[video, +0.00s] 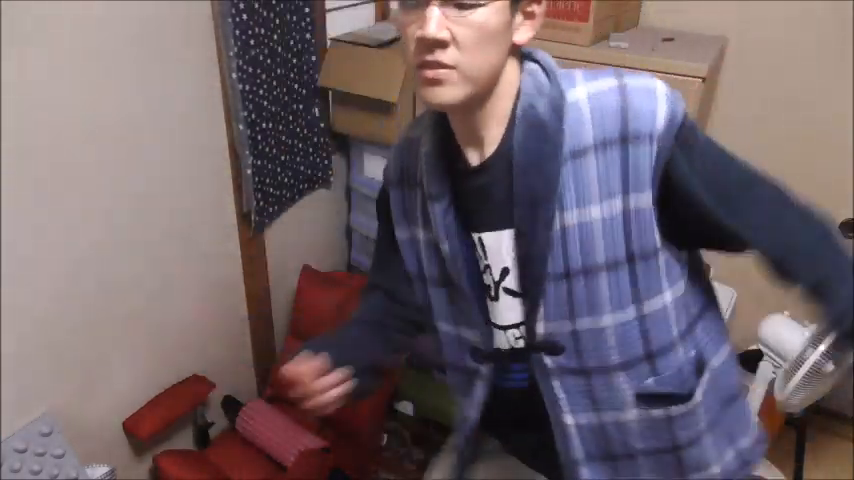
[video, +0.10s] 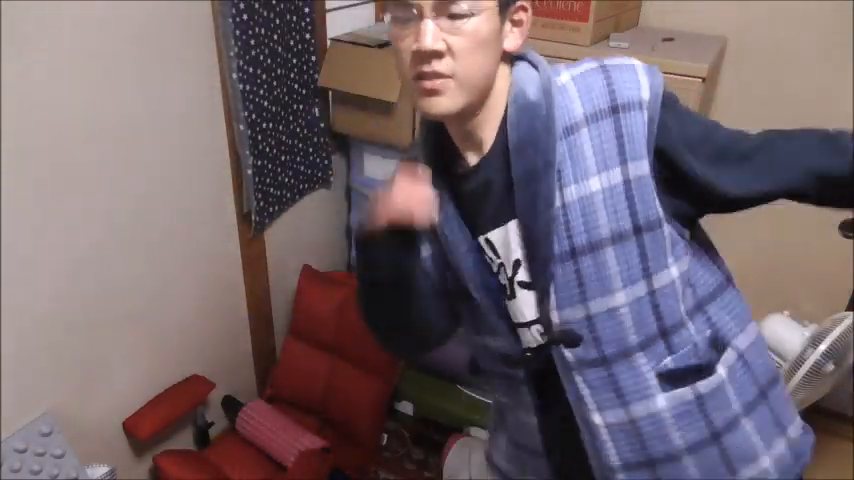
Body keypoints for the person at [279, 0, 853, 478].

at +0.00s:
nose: (428, 29)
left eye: (463, 4)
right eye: (416, 6)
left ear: (525, 20)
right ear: (401, 21)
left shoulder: (631, 120)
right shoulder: (409, 169)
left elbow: (789, 231)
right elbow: (390, 305)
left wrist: (851, 314)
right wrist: (336, 360)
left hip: (660, 445)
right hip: (511, 446)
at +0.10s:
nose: (425, 43)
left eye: (455, 16)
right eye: (408, 19)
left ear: (514, 28)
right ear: (391, 32)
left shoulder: (622, 104)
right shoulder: (418, 186)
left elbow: (757, 163)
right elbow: (411, 335)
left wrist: (851, 159)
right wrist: (386, 245)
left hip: (699, 448)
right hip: (543, 457)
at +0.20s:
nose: (435, 69)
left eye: (462, 42)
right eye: (416, 44)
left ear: (519, 56)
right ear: (400, 56)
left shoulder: (617, 122)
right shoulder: (421, 199)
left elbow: (737, 185)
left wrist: (849, 142)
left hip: (692, 442)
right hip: (550, 462)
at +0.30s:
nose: (439, 66)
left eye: (467, 41)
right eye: (422, 43)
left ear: (524, 55)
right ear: (406, 57)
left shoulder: (622, 135)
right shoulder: (426, 204)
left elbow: (741, 215)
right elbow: (418, 328)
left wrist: (848, 201)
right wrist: (358, 191)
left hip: (669, 456)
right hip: (529, 465)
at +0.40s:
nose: (450, 32)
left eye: (483, 8)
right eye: (438, 8)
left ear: (540, 29)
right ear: (419, 25)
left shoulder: (634, 132)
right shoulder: (412, 182)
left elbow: (760, 225)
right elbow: (408, 286)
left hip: (643, 462)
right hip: (495, 460)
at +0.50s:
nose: (466, 14)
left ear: (557, 17)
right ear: (436, 15)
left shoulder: (644, 127)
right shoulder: (399, 143)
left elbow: (793, 195)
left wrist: (804, 295)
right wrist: (328, 322)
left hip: (586, 462)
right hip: (454, 452)